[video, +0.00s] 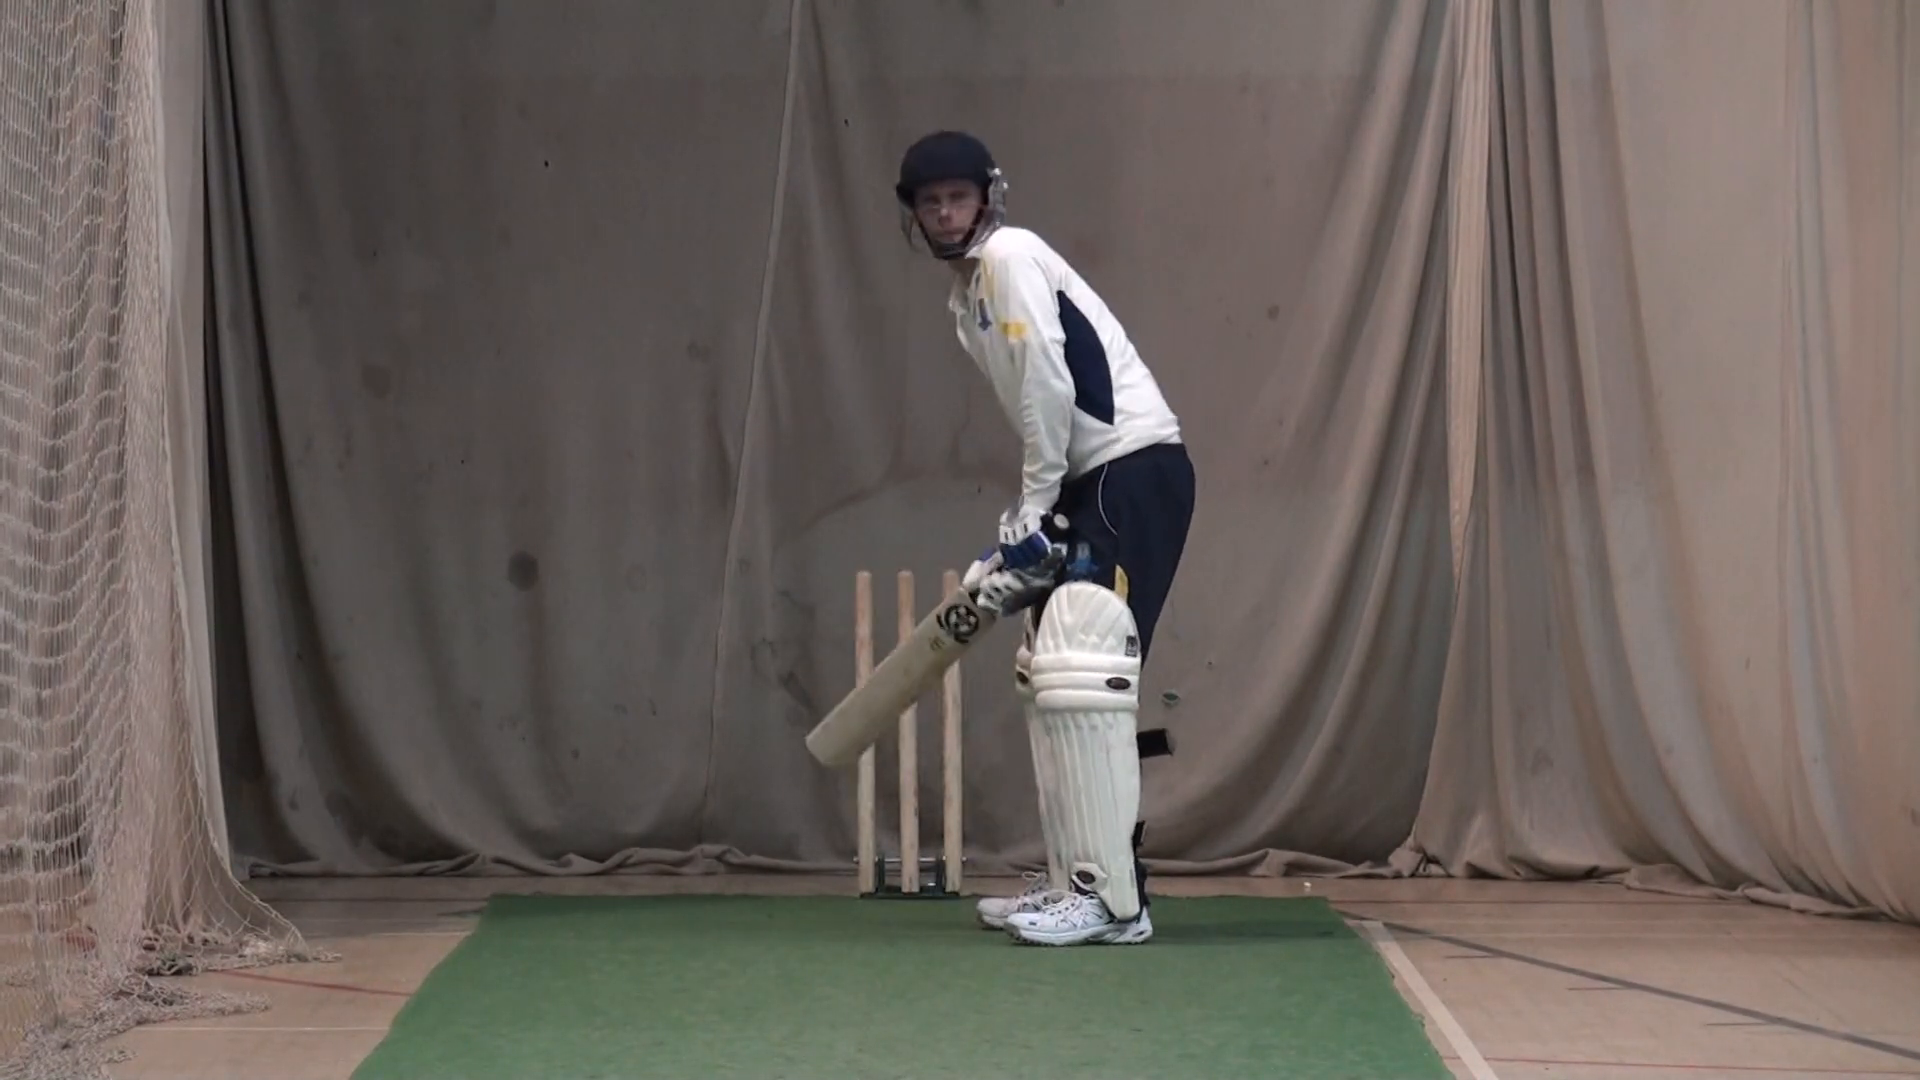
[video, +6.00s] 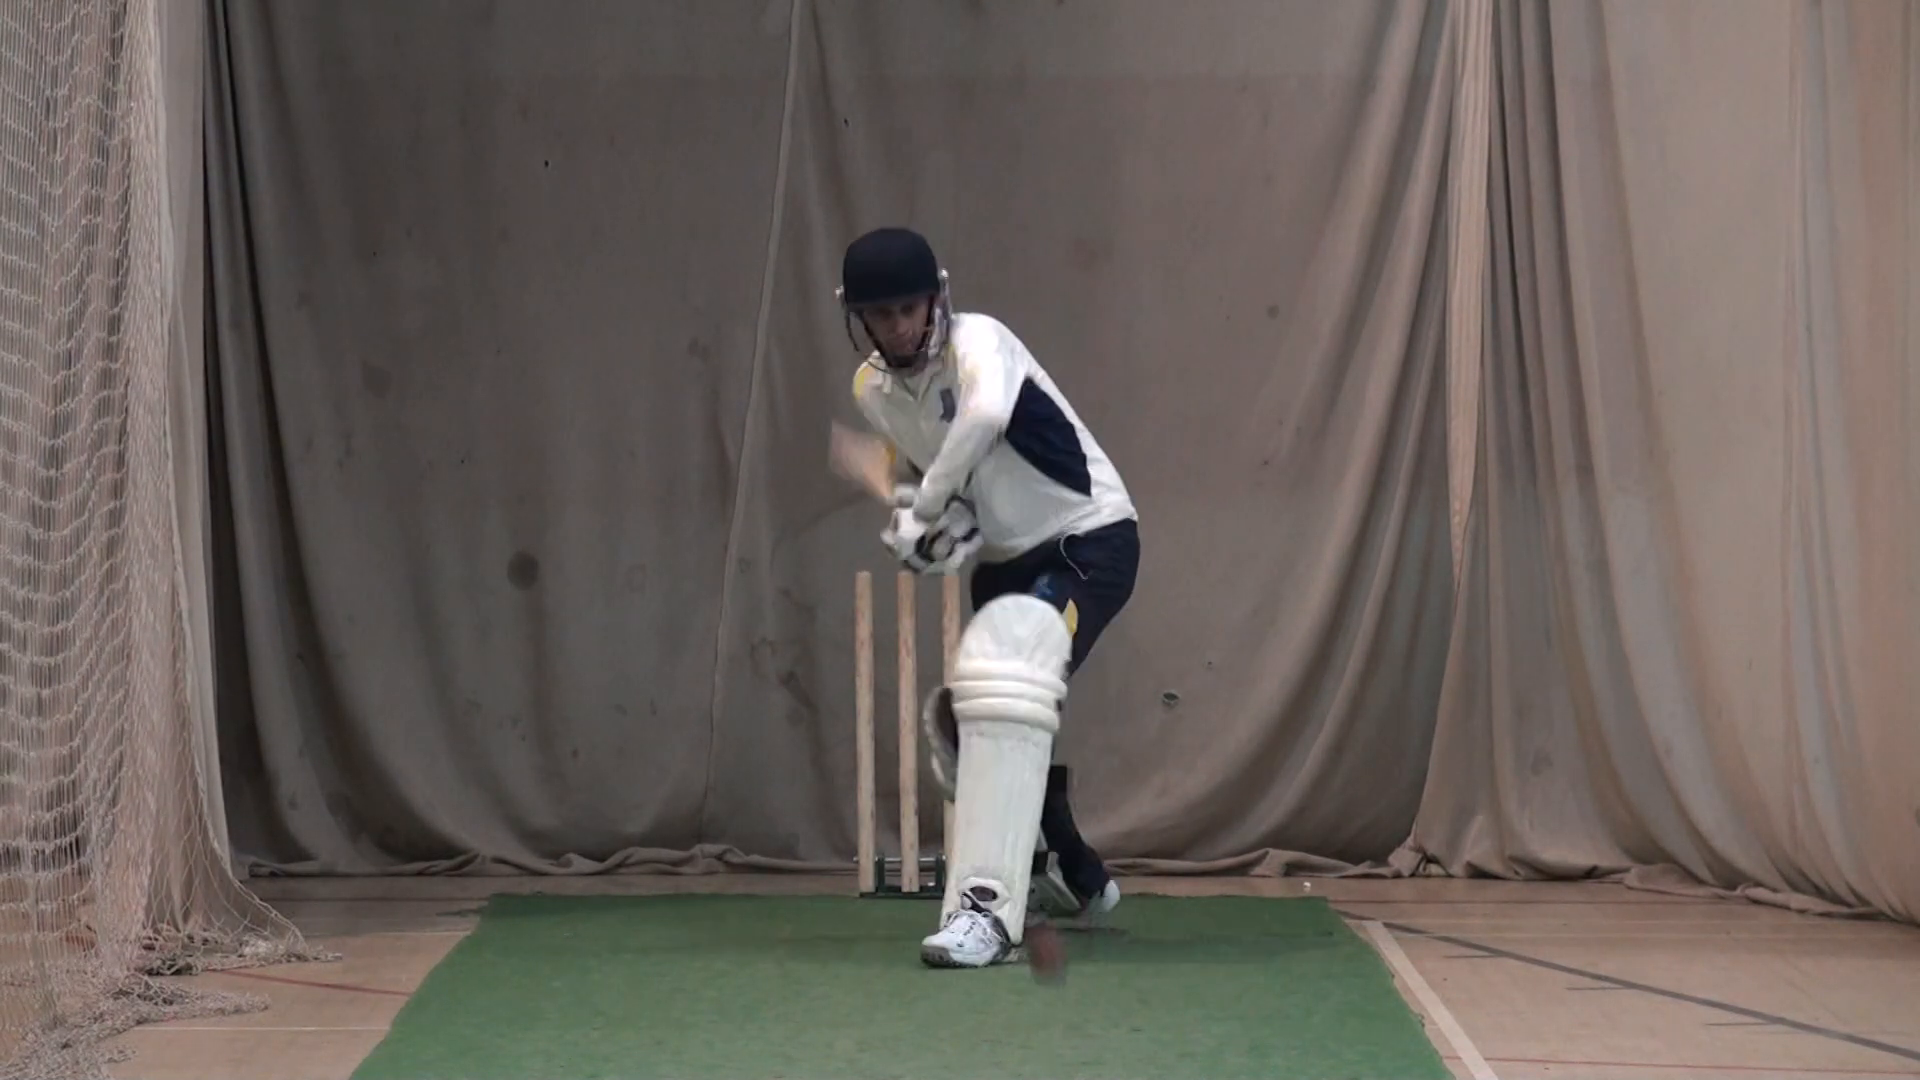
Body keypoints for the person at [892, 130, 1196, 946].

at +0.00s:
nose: (947, 215)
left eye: (961, 198)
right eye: (931, 203)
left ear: (988, 198)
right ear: (912, 215)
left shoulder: (1009, 259)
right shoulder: (971, 299)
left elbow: (1050, 398)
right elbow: (1038, 419)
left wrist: (1031, 518)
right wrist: (1023, 534)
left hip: (1134, 471)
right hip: (1092, 479)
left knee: (1091, 678)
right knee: (1061, 676)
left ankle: (1112, 898)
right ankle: (1079, 881)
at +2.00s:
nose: (983, 182)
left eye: (999, 166)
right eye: (970, 168)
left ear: (1030, 168)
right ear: (955, 174)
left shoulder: (1047, 234)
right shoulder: (1003, 264)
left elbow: (1073, 366)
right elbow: (1044, 397)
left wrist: (1028, 482)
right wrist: (1012, 504)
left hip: (1125, 471)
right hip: (1082, 479)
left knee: (1091, 677)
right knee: (1050, 675)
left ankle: (1113, 895)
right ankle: (1082, 877)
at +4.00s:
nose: (975, 198)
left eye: (989, 183)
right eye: (959, 185)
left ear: (1015, 185)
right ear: (938, 193)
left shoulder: (1036, 250)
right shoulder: (979, 286)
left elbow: (1071, 387)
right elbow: (1045, 409)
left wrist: (1026, 500)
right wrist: (998, 510)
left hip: (1135, 466)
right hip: (1080, 478)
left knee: (1089, 662)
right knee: (1039, 667)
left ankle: (1115, 895)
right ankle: (1076, 881)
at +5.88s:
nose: (915, 316)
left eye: (927, 296)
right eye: (897, 303)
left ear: (950, 288)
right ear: (876, 307)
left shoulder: (986, 346)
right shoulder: (906, 371)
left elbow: (984, 471)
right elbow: (945, 450)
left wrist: (917, 525)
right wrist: (917, 467)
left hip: (1096, 535)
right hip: (1024, 555)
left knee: (1035, 696)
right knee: (978, 732)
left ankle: (997, 903)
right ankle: (1089, 892)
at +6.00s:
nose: (901, 330)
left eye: (914, 310)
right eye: (883, 316)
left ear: (938, 299)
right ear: (859, 317)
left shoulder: (977, 340)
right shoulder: (874, 390)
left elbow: (984, 416)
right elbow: (927, 480)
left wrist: (923, 507)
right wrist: (937, 529)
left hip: (1085, 536)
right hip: (1001, 558)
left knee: (1008, 699)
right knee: (992, 722)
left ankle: (990, 907)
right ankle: (1077, 879)